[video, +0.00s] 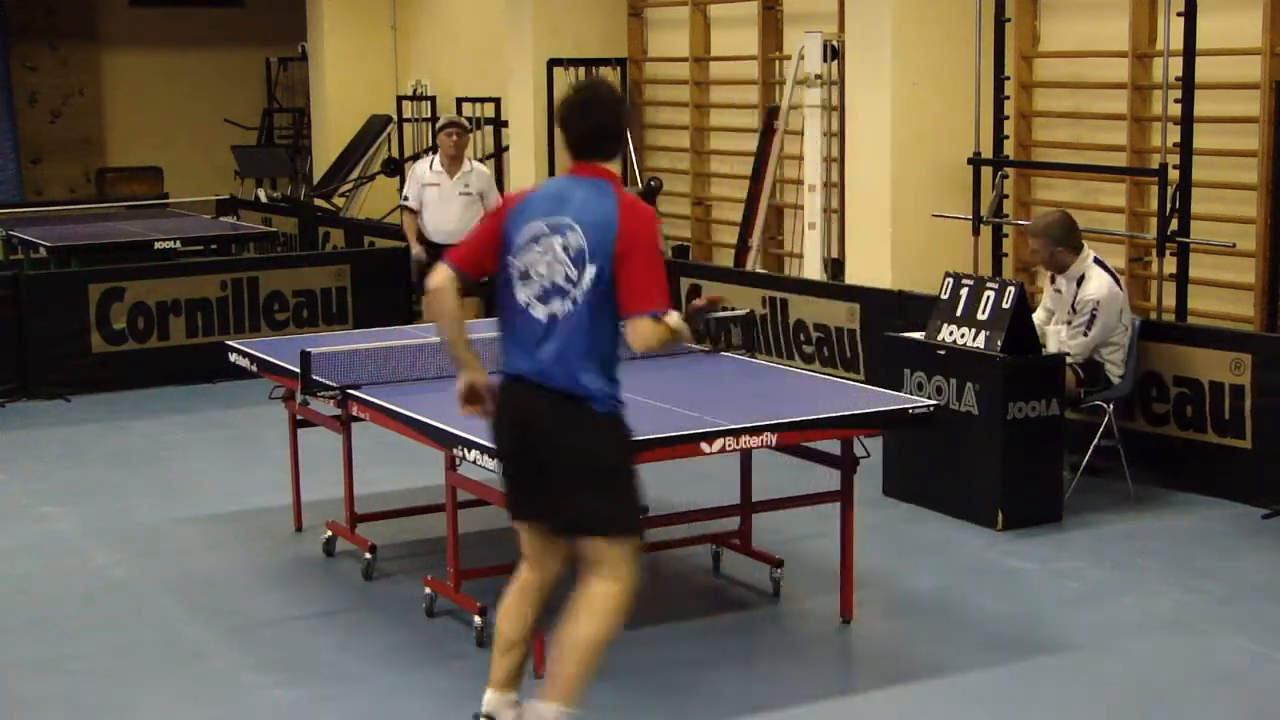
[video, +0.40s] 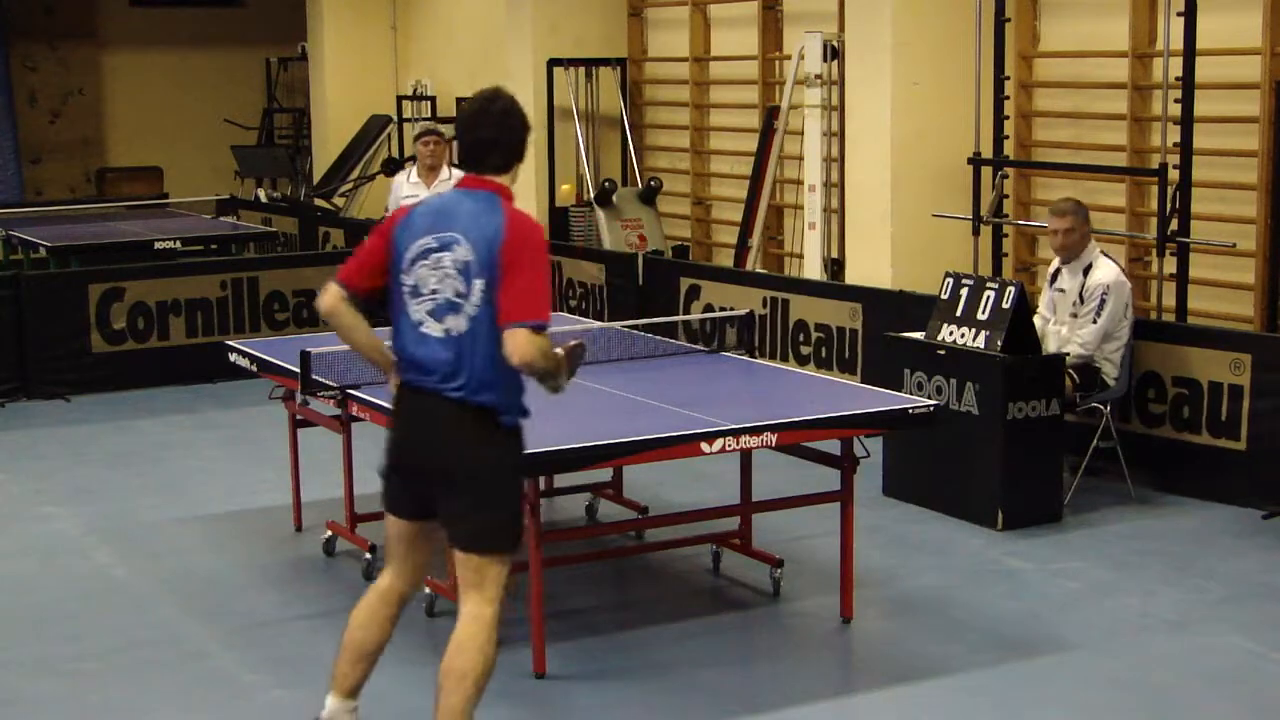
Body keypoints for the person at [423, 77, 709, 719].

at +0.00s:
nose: (627, 138)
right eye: (627, 130)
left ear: (562, 138)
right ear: (624, 139)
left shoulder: (522, 203)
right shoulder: (630, 215)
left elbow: (440, 284)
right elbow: (643, 335)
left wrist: (470, 369)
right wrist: (675, 327)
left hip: (518, 404)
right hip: (583, 413)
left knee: (540, 558)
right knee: (611, 569)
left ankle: (495, 703)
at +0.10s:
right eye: (592, 129)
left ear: (530, 134)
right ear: (592, 136)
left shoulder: (486, 202)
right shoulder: (610, 214)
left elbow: (420, 294)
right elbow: (629, 335)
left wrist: (449, 373)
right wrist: (638, 318)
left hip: (485, 397)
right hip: (552, 406)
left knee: (509, 553)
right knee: (537, 570)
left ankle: (461, 690)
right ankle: (482, 709)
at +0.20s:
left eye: (504, 148)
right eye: (563, 148)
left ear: (499, 157)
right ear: (563, 158)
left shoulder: (459, 230)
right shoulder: (576, 237)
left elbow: (398, 330)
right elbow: (605, 360)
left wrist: (429, 405)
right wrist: (582, 337)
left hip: (458, 426)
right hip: (523, 440)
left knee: (472, 569)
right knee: (494, 609)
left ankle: (386, 687)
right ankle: (454, 717)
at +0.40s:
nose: (522, 150)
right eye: (523, 142)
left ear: (459, 148)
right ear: (521, 150)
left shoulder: (408, 219)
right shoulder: (518, 230)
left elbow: (332, 301)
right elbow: (522, 348)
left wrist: (390, 363)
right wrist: (558, 366)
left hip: (414, 418)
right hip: (481, 431)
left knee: (399, 572)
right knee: (480, 602)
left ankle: (336, 708)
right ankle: (451, 716)